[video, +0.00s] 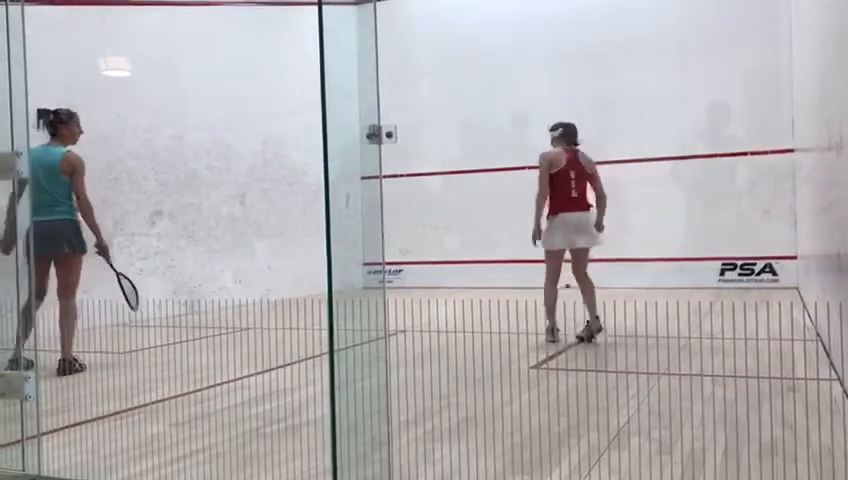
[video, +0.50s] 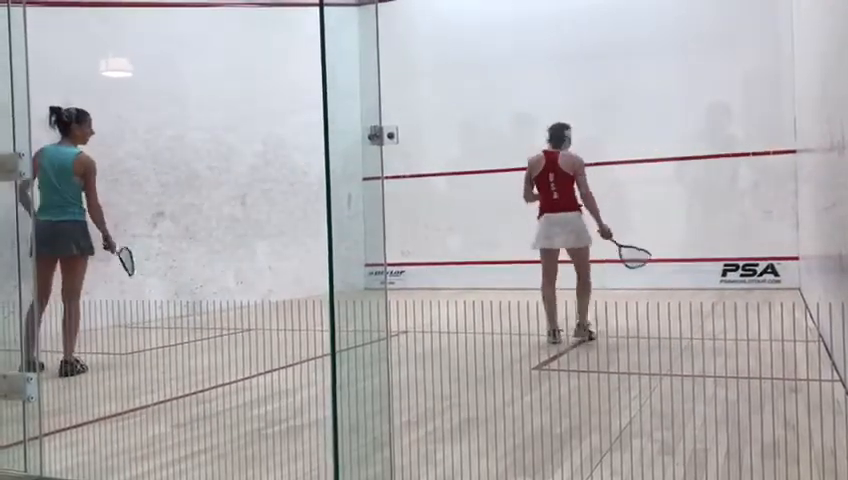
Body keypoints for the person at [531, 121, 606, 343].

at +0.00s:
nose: (551, 140)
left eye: (553, 137)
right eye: (552, 137)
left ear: (559, 137)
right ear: (573, 138)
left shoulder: (548, 157)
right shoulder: (585, 159)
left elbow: (543, 193)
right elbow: (600, 193)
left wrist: (537, 224)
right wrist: (600, 218)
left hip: (558, 219)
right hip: (584, 217)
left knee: (551, 277)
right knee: (580, 271)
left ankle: (551, 326)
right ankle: (594, 320)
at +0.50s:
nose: (571, 144)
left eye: (569, 140)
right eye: (570, 140)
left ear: (549, 139)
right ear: (566, 140)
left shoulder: (535, 161)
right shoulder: (574, 161)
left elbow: (528, 196)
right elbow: (585, 194)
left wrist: (546, 194)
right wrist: (601, 224)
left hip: (548, 222)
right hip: (572, 221)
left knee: (548, 279)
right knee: (583, 275)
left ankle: (553, 329)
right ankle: (582, 324)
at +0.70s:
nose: (576, 147)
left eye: (576, 144)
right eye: (574, 143)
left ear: (553, 142)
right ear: (569, 142)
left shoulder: (539, 164)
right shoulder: (575, 161)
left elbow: (542, 194)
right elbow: (587, 196)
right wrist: (608, 223)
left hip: (550, 223)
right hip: (574, 222)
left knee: (550, 277)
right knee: (595, 272)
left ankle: (553, 329)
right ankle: (599, 322)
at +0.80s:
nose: (581, 148)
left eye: (582, 144)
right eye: (579, 144)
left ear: (559, 143)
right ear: (572, 143)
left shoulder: (545, 164)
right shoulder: (579, 163)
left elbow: (549, 194)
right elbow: (591, 198)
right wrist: (614, 223)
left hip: (555, 224)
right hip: (578, 223)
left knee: (553, 277)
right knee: (596, 274)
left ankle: (554, 329)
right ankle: (606, 325)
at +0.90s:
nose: (589, 144)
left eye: (590, 140)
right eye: (585, 139)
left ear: (566, 142)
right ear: (572, 141)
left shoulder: (554, 164)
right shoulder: (583, 162)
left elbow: (564, 195)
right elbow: (597, 196)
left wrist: (586, 212)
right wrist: (624, 218)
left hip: (560, 223)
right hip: (582, 222)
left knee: (558, 277)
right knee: (599, 276)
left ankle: (555, 328)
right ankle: (607, 326)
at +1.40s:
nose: (599, 138)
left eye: (597, 135)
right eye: (595, 136)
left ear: (584, 143)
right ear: (586, 142)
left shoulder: (591, 162)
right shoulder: (581, 168)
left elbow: (620, 173)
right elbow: (608, 195)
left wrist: (654, 167)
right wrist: (638, 181)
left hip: (583, 225)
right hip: (585, 226)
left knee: (599, 272)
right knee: (609, 274)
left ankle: (569, 309)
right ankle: (612, 327)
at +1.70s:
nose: (582, 150)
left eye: (581, 147)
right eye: (577, 147)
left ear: (565, 156)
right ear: (567, 154)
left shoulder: (560, 179)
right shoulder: (569, 181)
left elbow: (568, 203)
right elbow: (594, 202)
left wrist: (586, 210)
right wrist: (604, 187)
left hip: (558, 233)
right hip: (569, 234)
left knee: (577, 277)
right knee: (595, 278)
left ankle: (557, 320)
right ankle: (611, 327)